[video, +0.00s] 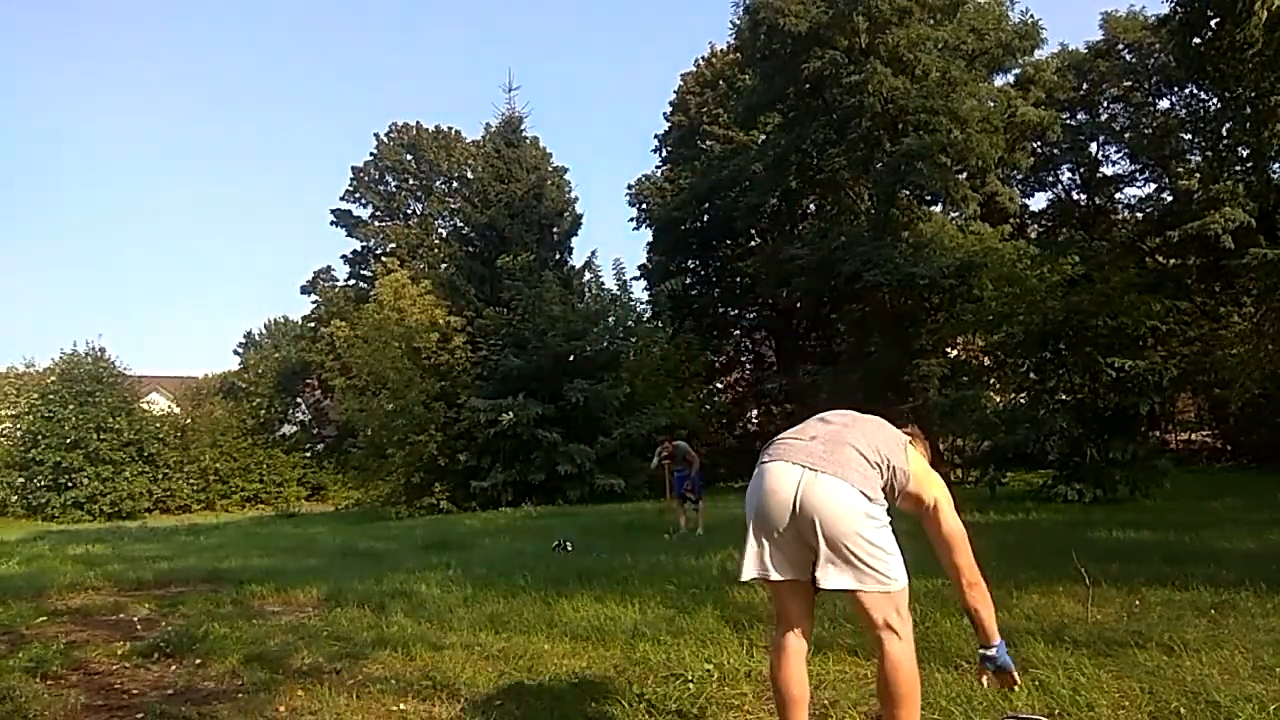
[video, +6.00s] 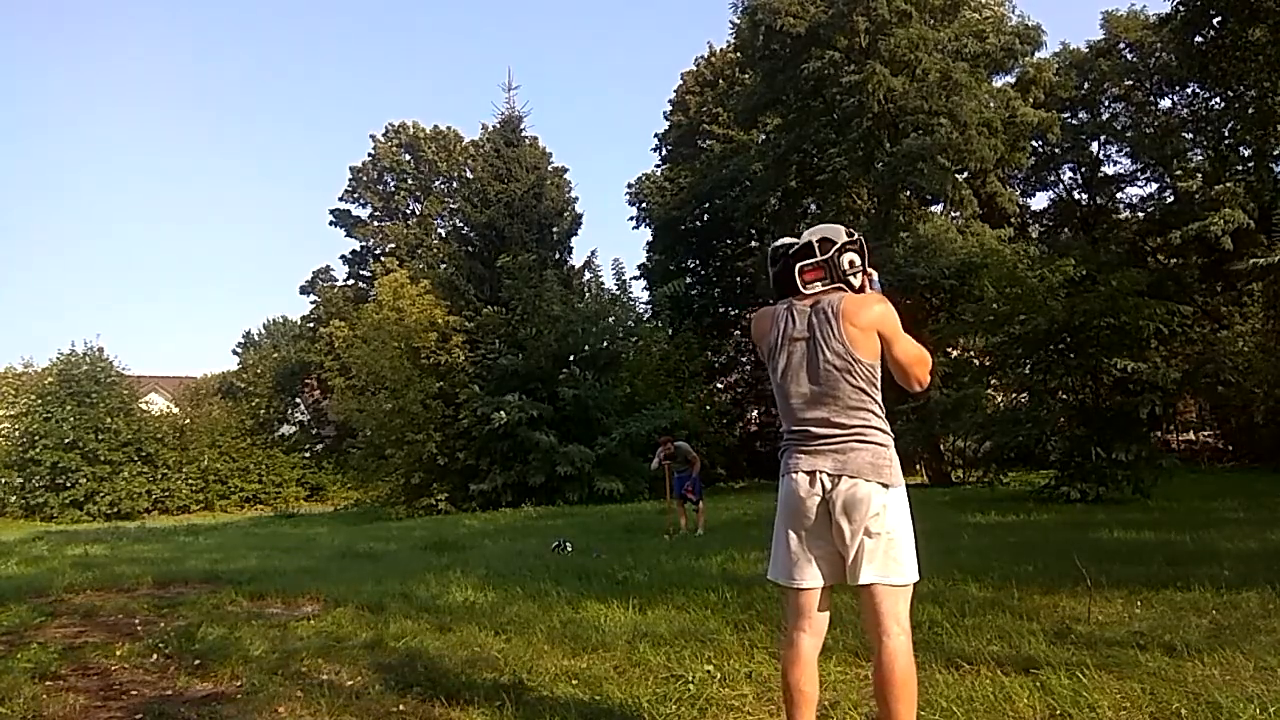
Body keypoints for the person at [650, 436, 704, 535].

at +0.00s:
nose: (666, 450)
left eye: (667, 447)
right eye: (663, 448)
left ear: (671, 444)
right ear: (661, 448)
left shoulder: (681, 446)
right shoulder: (660, 451)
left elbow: (696, 461)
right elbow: (653, 466)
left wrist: (691, 479)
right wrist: (659, 458)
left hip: (690, 471)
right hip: (677, 473)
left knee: (696, 500)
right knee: (679, 501)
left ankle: (700, 527)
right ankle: (683, 528)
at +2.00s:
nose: (666, 451)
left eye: (667, 449)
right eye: (664, 449)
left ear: (672, 445)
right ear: (661, 449)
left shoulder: (682, 447)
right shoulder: (660, 452)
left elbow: (696, 461)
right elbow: (655, 469)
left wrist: (692, 480)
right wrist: (661, 464)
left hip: (690, 472)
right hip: (677, 475)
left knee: (697, 501)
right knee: (679, 502)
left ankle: (700, 528)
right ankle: (683, 528)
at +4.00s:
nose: (667, 452)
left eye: (668, 449)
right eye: (664, 450)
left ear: (672, 446)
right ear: (661, 449)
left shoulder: (682, 447)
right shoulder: (660, 452)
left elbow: (696, 462)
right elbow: (652, 467)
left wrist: (692, 480)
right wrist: (660, 461)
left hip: (690, 473)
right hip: (677, 475)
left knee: (697, 501)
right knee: (679, 502)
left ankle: (700, 528)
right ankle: (683, 528)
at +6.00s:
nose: (668, 452)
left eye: (669, 449)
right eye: (665, 450)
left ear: (673, 445)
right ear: (662, 449)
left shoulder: (683, 447)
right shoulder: (661, 451)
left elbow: (697, 462)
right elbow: (653, 467)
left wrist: (692, 480)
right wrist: (659, 459)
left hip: (690, 473)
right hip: (677, 475)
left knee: (697, 501)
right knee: (679, 502)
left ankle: (700, 528)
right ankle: (683, 528)